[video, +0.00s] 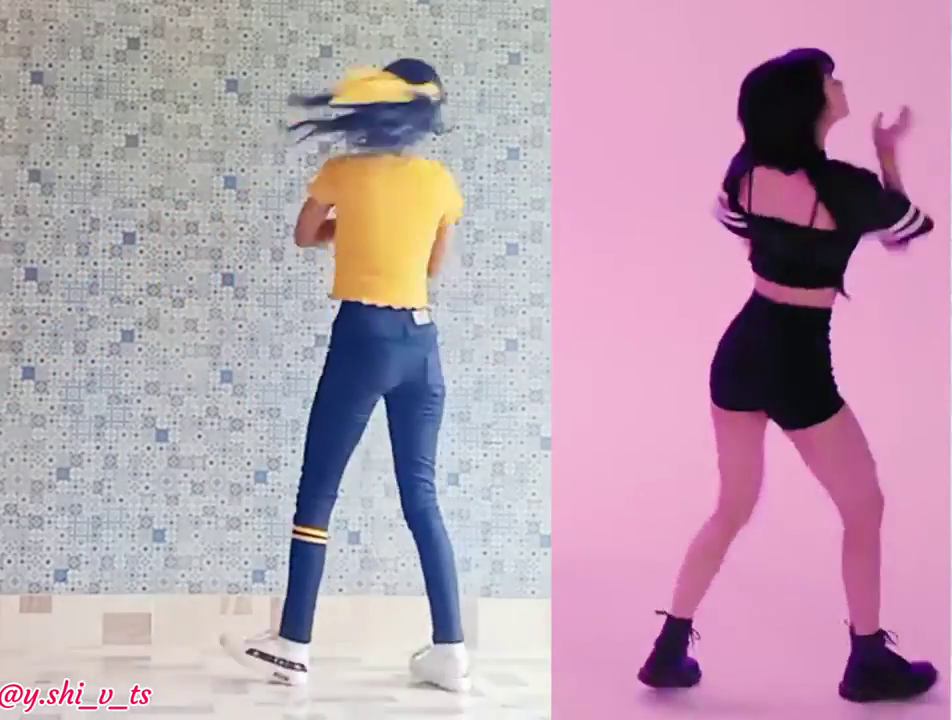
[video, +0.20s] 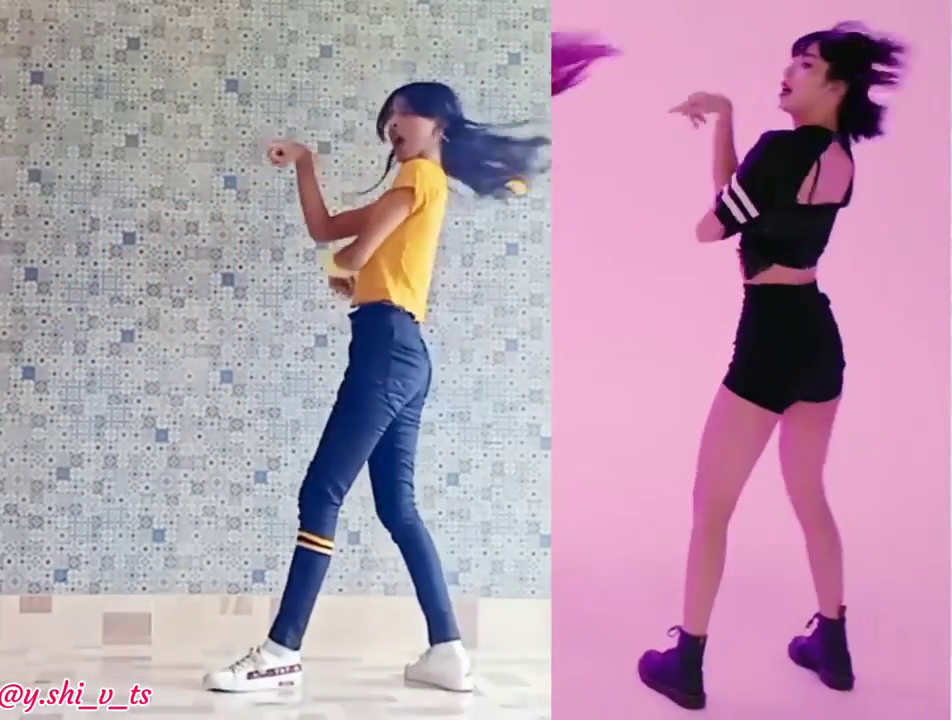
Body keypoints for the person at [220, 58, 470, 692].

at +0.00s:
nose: (348, 127)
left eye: (354, 118)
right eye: (352, 118)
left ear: (367, 119)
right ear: (418, 120)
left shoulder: (346, 169)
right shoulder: (441, 180)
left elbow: (307, 234)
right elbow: (434, 267)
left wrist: (366, 220)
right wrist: (377, 229)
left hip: (361, 346)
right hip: (421, 349)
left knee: (316, 495)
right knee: (422, 500)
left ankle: (292, 646)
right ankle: (450, 651)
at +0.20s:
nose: (392, 126)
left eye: (403, 115)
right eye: (391, 118)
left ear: (436, 123)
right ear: (426, 129)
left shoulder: (418, 174)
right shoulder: (428, 185)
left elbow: (342, 236)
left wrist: (344, 266)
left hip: (384, 348)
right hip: (406, 353)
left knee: (320, 493)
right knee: (398, 508)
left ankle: (280, 655)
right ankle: (447, 651)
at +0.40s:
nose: (399, 127)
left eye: (413, 118)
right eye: (393, 120)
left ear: (440, 130)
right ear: (389, 131)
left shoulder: (426, 173)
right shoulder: (407, 180)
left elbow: (384, 258)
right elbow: (331, 223)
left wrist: (338, 260)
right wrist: (322, 157)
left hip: (381, 344)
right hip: (401, 347)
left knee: (313, 493)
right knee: (395, 508)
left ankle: (278, 652)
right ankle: (447, 650)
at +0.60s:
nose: (407, 129)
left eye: (421, 119)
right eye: (400, 121)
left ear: (447, 130)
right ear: (393, 131)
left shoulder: (426, 192)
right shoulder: (391, 189)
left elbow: (363, 270)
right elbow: (324, 233)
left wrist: (336, 248)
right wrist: (318, 167)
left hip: (370, 346)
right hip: (388, 349)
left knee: (314, 496)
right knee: (398, 508)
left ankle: (279, 656)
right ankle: (448, 651)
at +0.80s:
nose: (393, 130)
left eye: (406, 120)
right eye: (385, 120)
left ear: (431, 129)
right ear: (376, 126)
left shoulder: (414, 190)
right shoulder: (367, 178)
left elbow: (351, 271)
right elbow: (314, 239)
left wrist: (332, 238)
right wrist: (302, 173)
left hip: (367, 349)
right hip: (383, 351)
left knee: (307, 496)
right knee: (393, 509)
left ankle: (279, 656)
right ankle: (447, 651)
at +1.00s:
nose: (359, 140)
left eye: (371, 129)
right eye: (350, 134)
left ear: (397, 136)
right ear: (345, 146)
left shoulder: (401, 182)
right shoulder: (367, 193)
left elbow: (360, 270)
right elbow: (318, 258)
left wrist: (339, 254)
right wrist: (306, 192)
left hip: (376, 357)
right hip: (385, 359)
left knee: (293, 493)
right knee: (383, 516)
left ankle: (274, 656)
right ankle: (446, 652)